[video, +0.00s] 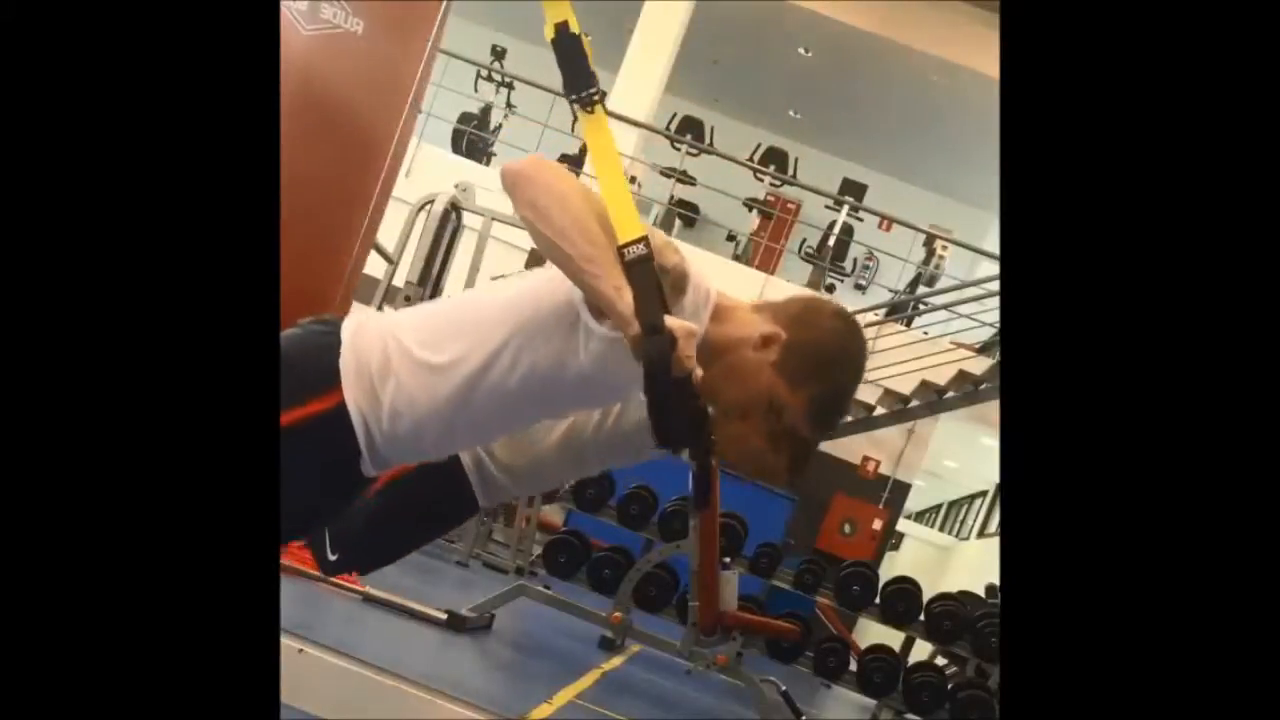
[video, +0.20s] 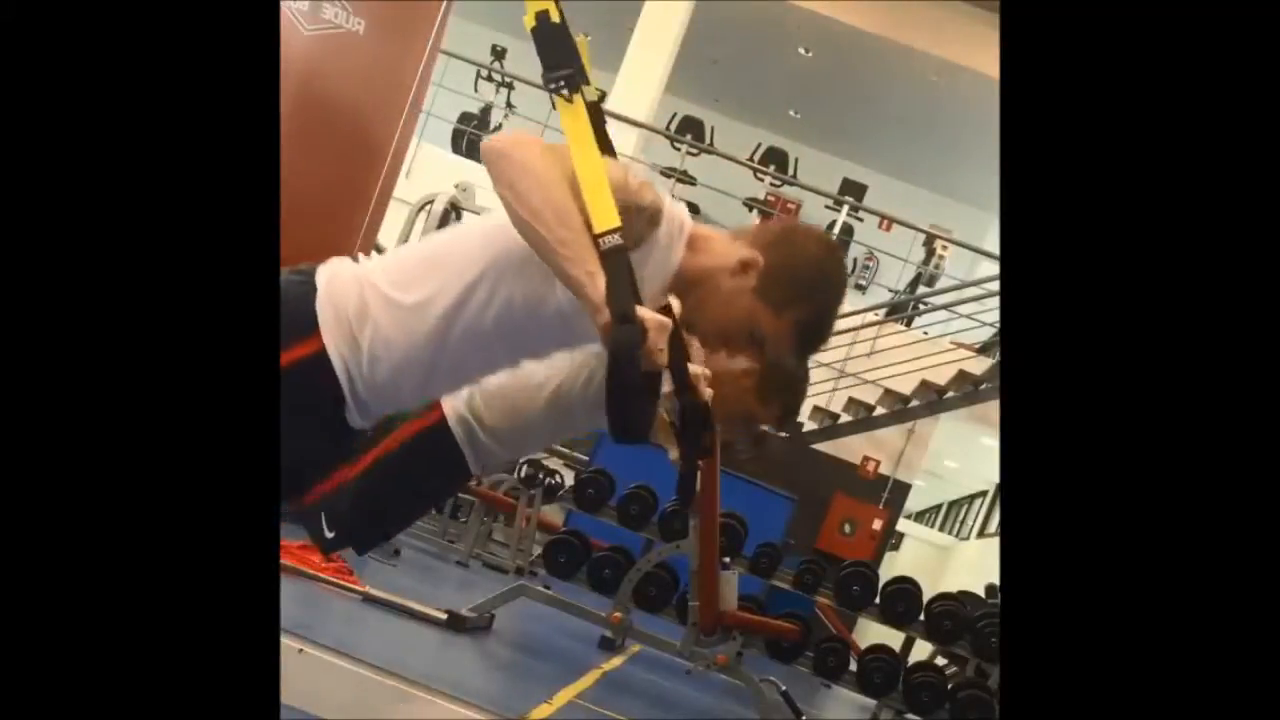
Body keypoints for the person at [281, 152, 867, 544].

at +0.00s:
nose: (749, 423)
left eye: (768, 423)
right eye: (768, 410)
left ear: (766, 338)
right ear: (767, 341)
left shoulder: (678, 367)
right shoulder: (667, 277)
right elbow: (528, 177)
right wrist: (629, 313)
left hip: (357, 448)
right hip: (326, 402)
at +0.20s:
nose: (731, 354)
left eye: (752, 354)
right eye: (750, 338)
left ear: (748, 258)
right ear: (748, 263)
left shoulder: (660, 305)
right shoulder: (647, 211)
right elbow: (511, 152)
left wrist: (666, 393)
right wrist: (612, 307)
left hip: (349, 414)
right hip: (311, 345)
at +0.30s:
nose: (730, 314)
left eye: (750, 312)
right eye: (748, 297)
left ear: (740, 226)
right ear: (737, 228)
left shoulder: (640, 264)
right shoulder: (627, 170)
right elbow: (500, 143)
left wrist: (662, 388)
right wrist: (604, 303)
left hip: (346, 388)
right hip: (306, 324)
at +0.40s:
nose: (721, 278)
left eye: (741, 274)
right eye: (738, 261)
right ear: (729, 191)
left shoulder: (633, 233)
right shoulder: (615, 140)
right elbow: (500, 139)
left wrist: (656, 372)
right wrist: (597, 289)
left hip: (345, 361)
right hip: (307, 300)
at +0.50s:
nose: (714, 243)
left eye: (735, 237)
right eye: (732, 222)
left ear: (722, 142)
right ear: (721, 147)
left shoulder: (622, 213)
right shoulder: (603, 106)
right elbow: (497, 134)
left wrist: (667, 385)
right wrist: (593, 276)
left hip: (343, 352)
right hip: (298, 287)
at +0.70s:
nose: (702, 168)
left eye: (721, 160)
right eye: (714, 144)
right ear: (690, 68)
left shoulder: (601, 153)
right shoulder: (562, 50)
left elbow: (589, 264)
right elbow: (499, 141)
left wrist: (646, 378)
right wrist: (586, 278)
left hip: (336, 335)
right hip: (292, 273)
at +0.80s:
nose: (697, 143)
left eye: (714, 132)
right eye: (706, 116)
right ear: (676, 45)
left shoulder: (592, 141)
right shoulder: (551, 32)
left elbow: (591, 252)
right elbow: (499, 139)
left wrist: (652, 375)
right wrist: (581, 283)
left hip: (333, 330)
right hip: (291, 268)